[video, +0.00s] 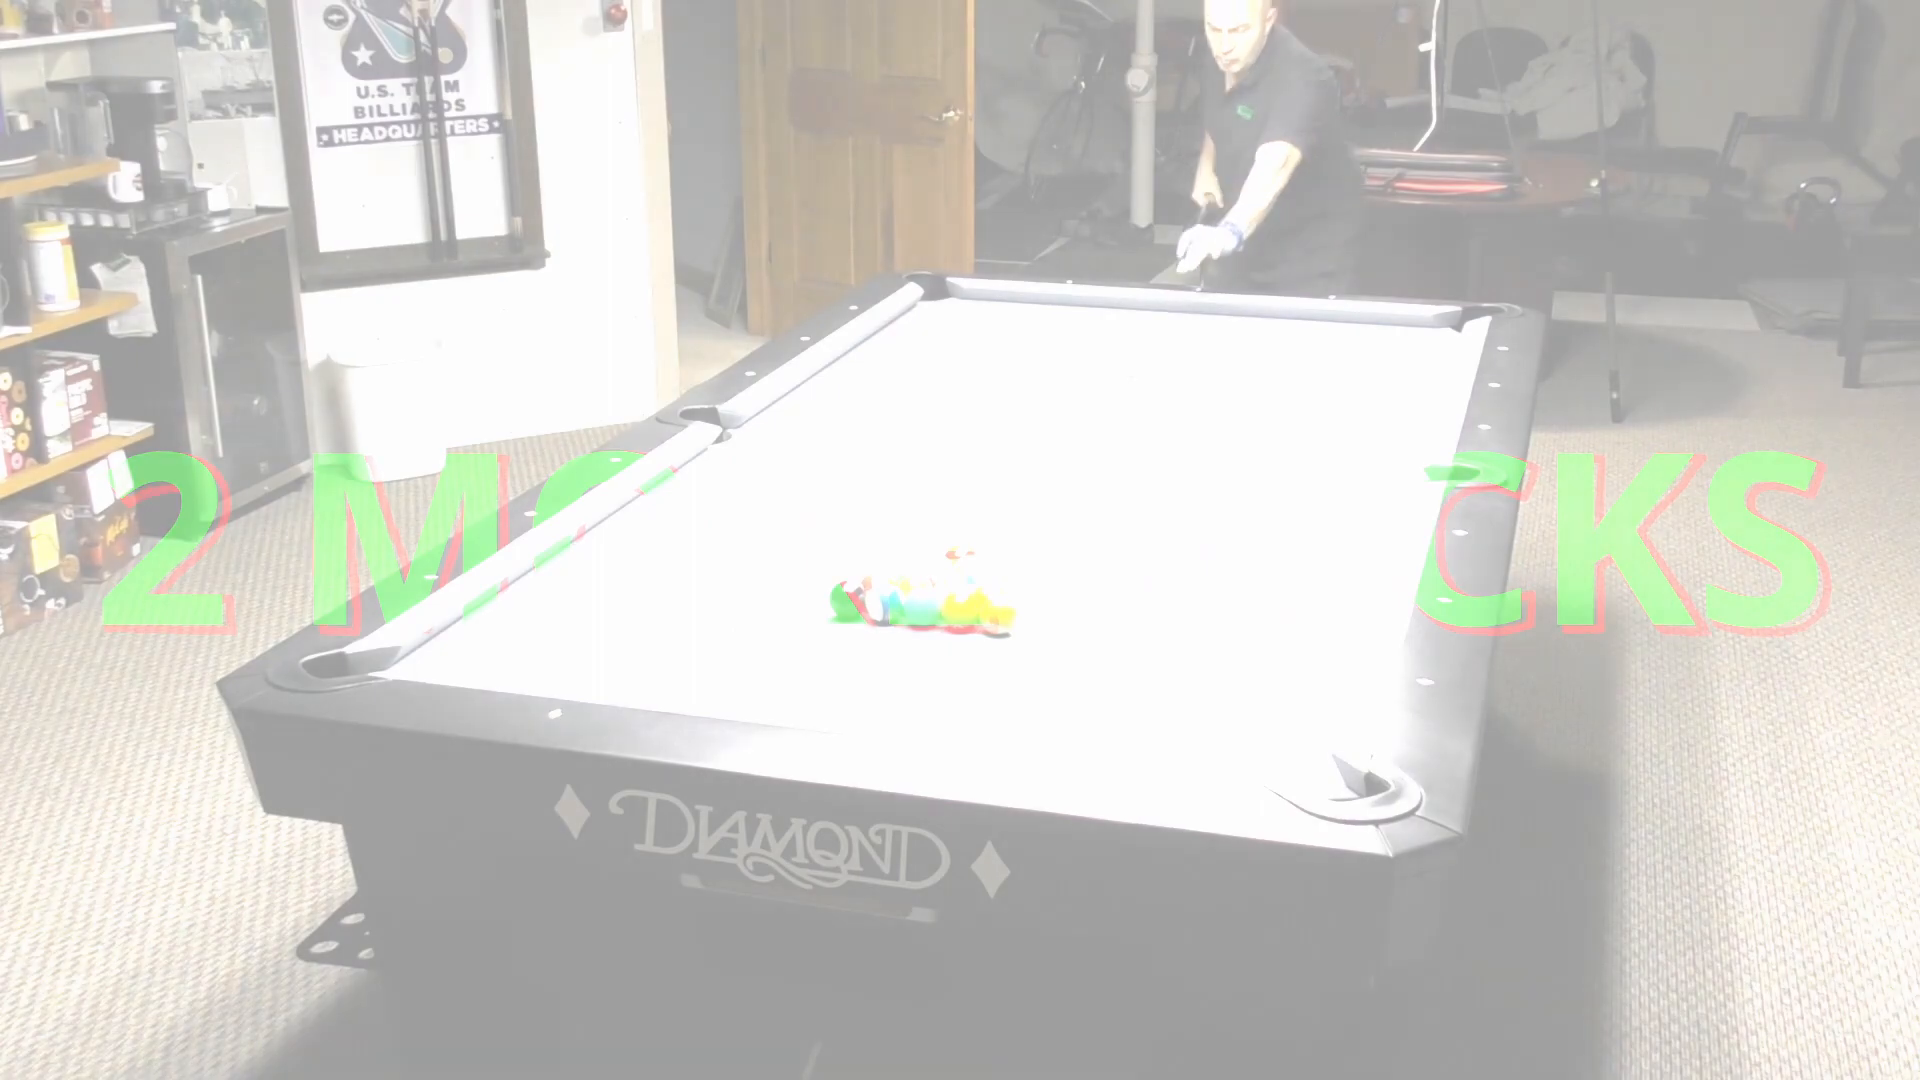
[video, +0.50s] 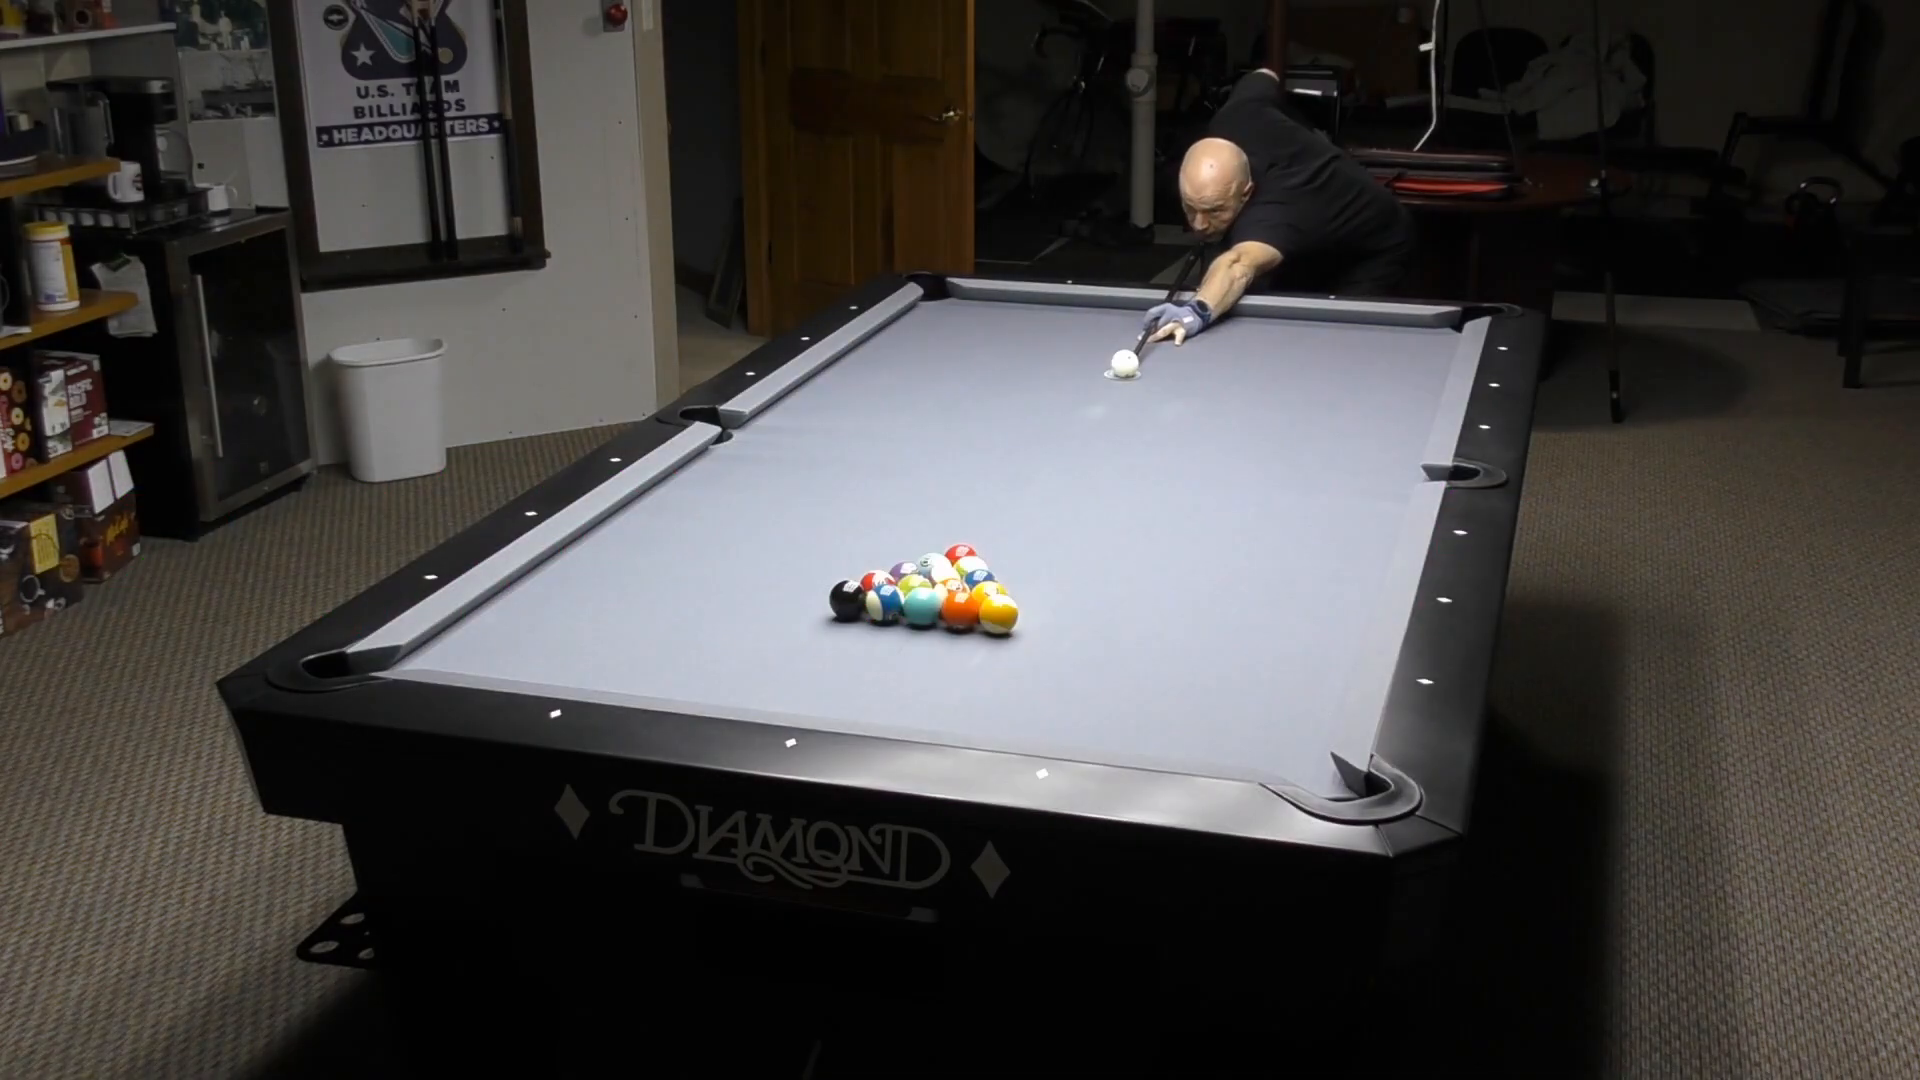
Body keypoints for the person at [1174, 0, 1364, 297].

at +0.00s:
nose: (1224, 46)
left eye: (1239, 30)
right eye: (1214, 30)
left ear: (1270, 18)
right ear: (1205, 23)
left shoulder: (1303, 75)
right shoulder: (1214, 56)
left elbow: (1275, 163)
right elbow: (1214, 121)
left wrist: (1229, 232)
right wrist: (1205, 170)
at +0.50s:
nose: (1199, 225)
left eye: (1214, 212)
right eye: (1190, 209)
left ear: (1246, 190)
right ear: (1182, 181)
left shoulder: (1274, 216)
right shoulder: (1238, 115)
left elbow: (1238, 267)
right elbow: (1266, 74)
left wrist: (1196, 312)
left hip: (1380, 240)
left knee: (1340, 337)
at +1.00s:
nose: (1198, 229)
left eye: (1213, 216)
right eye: (1188, 213)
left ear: (1244, 193)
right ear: (1179, 184)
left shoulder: (1272, 216)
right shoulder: (1235, 119)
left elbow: (1237, 267)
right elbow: (1262, 73)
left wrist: (1195, 312)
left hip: (1379, 240)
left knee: (1339, 339)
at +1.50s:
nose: (1198, 230)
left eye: (1212, 218)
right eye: (1188, 215)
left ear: (1244, 195)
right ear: (1178, 187)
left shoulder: (1273, 216)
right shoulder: (1233, 121)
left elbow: (1237, 267)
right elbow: (1261, 74)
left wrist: (1195, 312)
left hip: (1379, 240)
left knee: (1339, 339)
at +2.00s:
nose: (1199, 231)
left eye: (1213, 217)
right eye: (1189, 215)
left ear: (1244, 195)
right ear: (1179, 187)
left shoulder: (1274, 215)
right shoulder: (1232, 121)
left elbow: (1238, 265)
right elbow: (1260, 80)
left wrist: (1194, 311)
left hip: (1379, 242)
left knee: (1338, 338)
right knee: (1279, 328)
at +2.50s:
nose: (1199, 231)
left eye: (1213, 217)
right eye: (1189, 215)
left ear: (1243, 195)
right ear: (1179, 188)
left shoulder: (1273, 216)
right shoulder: (1232, 121)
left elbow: (1238, 265)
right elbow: (1259, 81)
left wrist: (1195, 310)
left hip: (1378, 243)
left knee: (1339, 339)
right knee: (1280, 330)